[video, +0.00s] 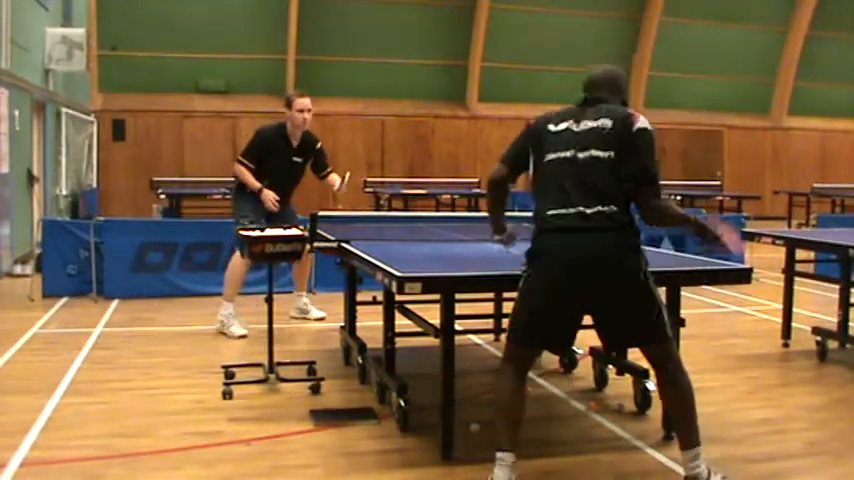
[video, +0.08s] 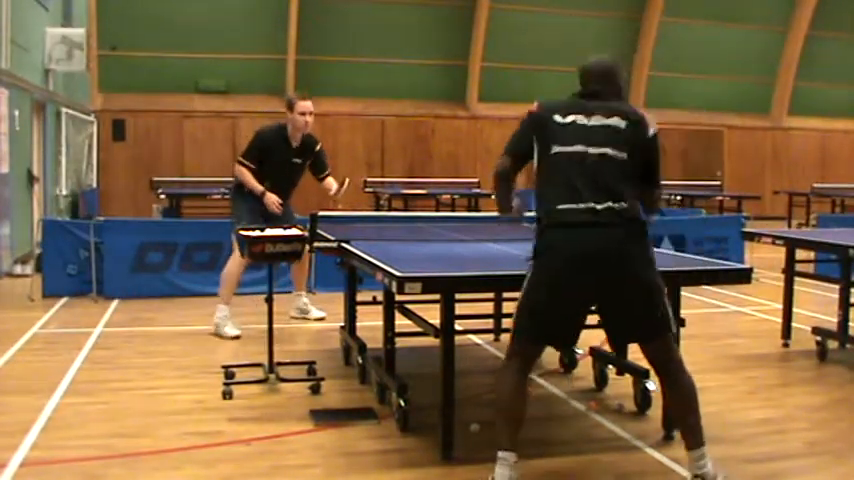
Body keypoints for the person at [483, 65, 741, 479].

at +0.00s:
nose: (628, 103)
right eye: (627, 97)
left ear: (585, 94)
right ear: (622, 96)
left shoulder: (545, 125)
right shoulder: (632, 126)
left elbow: (498, 178)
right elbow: (651, 209)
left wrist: (499, 227)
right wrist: (695, 222)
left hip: (553, 261)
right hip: (615, 264)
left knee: (515, 365)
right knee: (666, 361)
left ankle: (503, 468)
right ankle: (696, 469)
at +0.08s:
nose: (621, 94)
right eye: (620, 87)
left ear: (580, 87)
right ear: (620, 89)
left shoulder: (543, 115)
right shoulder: (637, 123)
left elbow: (504, 171)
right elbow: (651, 201)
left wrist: (507, 209)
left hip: (560, 252)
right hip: (625, 253)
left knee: (518, 362)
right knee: (668, 363)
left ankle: (504, 466)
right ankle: (702, 466)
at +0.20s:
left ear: (577, 79)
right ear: (620, 82)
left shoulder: (553, 108)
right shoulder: (645, 116)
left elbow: (518, 175)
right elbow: (633, 171)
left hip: (579, 247)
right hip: (640, 247)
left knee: (526, 356)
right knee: (685, 361)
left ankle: (507, 467)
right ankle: (729, 467)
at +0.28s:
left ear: (584, 84)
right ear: (625, 86)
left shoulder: (564, 118)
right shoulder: (650, 120)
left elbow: (531, 185)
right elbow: (622, 162)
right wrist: (576, 114)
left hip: (590, 260)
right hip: (651, 261)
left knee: (533, 358)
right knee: (698, 369)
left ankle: (511, 467)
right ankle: (738, 469)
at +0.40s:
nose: (606, 87)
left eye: (608, 81)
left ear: (611, 83)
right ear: (651, 88)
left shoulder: (594, 126)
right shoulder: (676, 128)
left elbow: (564, 194)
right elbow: (674, 185)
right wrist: (605, 171)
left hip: (621, 269)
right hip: (680, 270)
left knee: (547, 366)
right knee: (712, 375)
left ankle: (509, 470)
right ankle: (748, 471)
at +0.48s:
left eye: (631, 74)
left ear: (629, 77)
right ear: (671, 81)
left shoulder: (608, 114)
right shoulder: (698, 123)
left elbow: (579, 189)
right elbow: (703, 196)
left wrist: (606, 160)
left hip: (633, 260)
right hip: (694, 262)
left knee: (566, 362)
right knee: (722, 370)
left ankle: (521, 466)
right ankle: (751, 470)